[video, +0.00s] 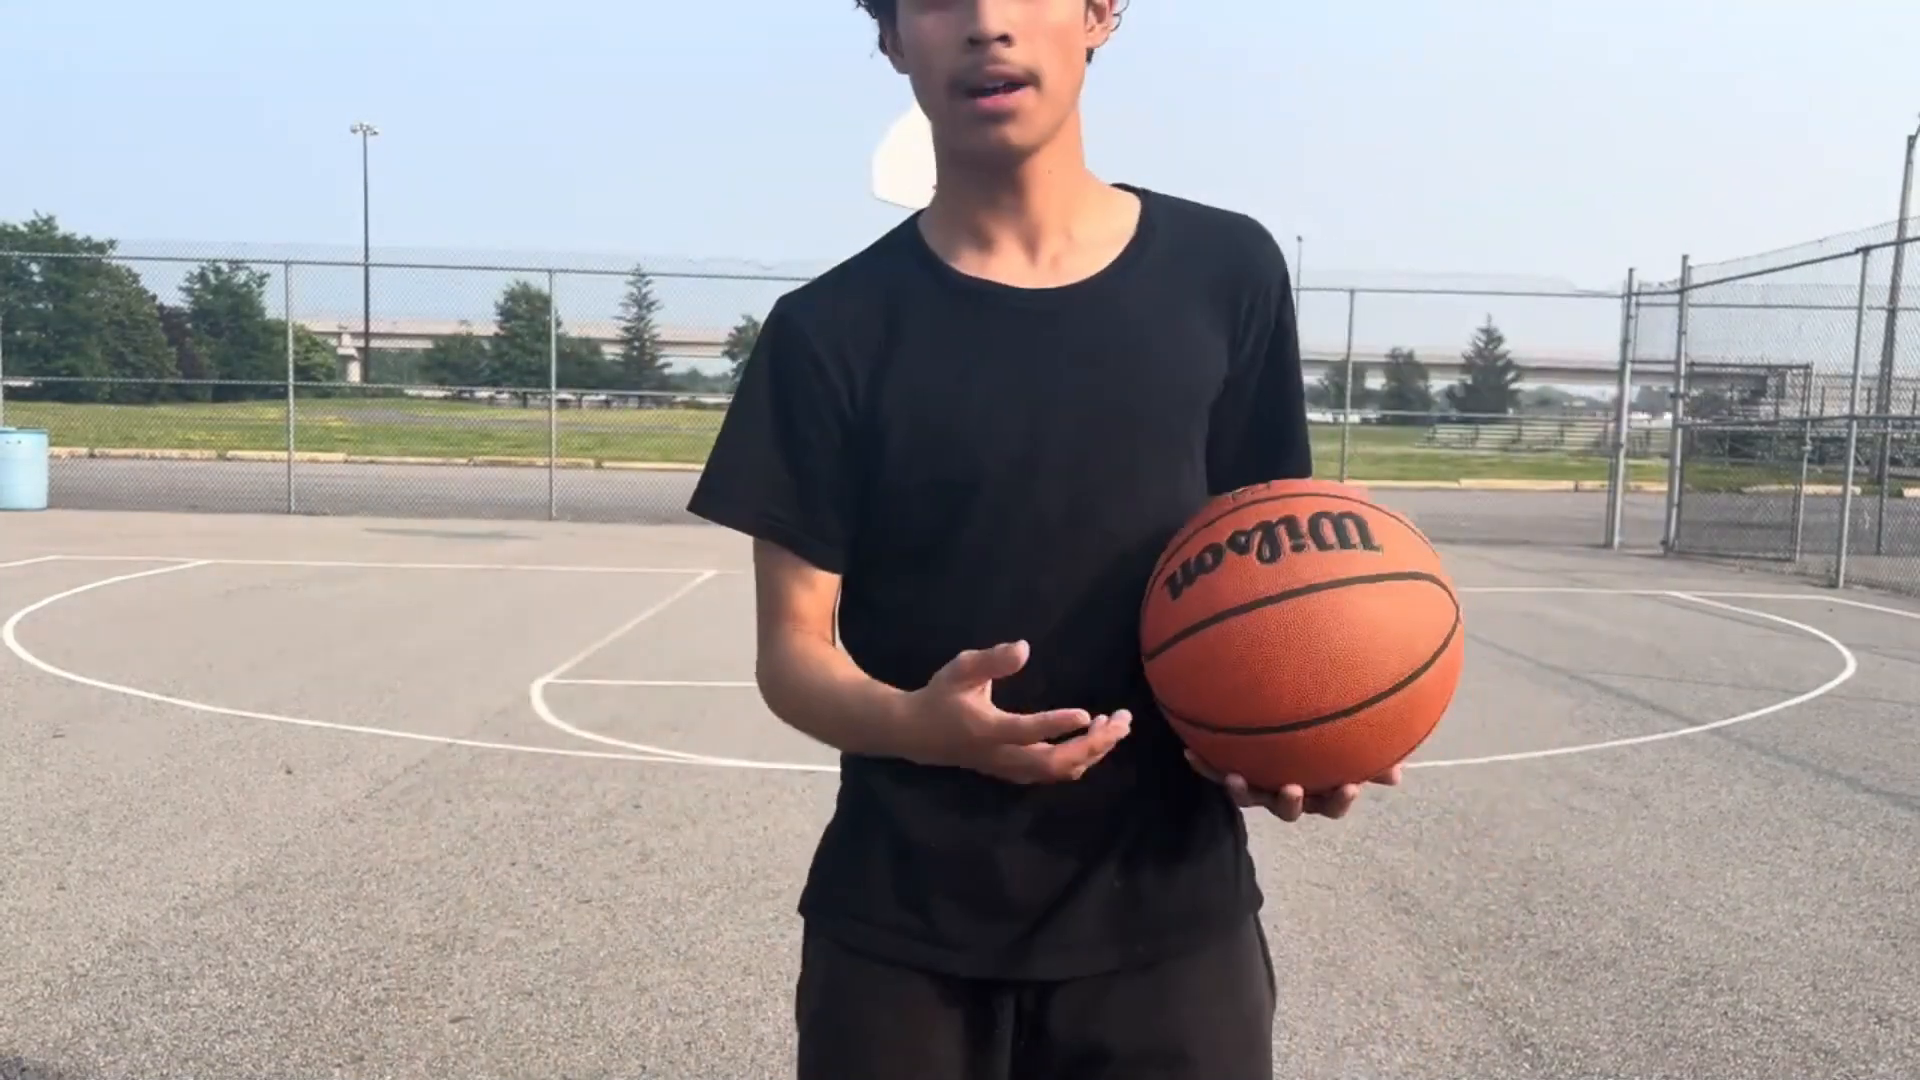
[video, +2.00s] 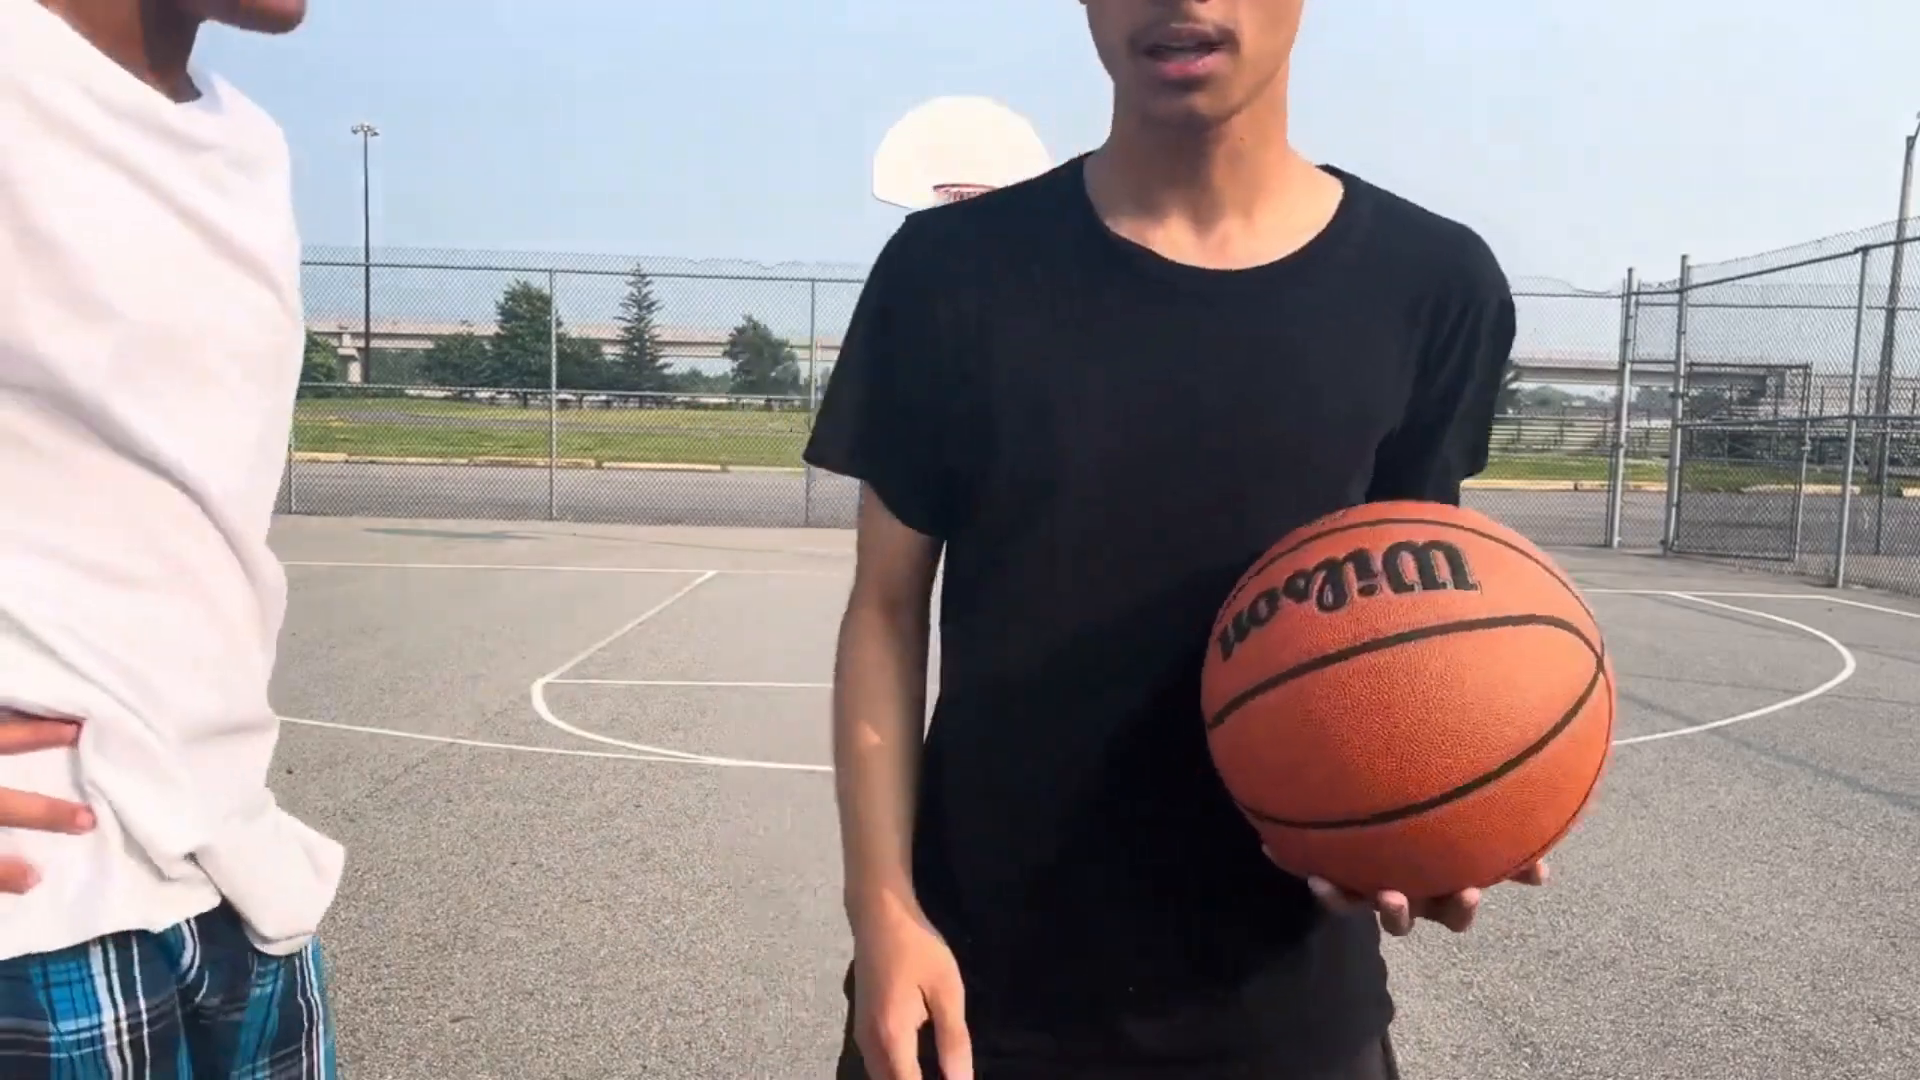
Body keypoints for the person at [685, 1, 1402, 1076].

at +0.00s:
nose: (986, 25)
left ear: (1096, 20)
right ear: (896, 41)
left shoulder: (1228, 273)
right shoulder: (826, 332)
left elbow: (1280, 570)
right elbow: (792, 656)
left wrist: (1301, 729)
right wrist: (914, 723)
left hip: (1169, 924)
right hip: (904, 935)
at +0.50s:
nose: (1102, 79)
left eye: (1138, 34)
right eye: (1062, 48)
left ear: (1210, 54)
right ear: (1029, 84)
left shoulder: (1315, 308)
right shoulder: (956, 321)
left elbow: (1355, 573)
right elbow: (864, 569)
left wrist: (1343, 710)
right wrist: (796, 705)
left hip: (1213, 872)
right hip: (987, 869)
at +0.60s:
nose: (1141, 94)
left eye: (1180, 48)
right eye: (1105, 58)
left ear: (1256, 63)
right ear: (1072, 81)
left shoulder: (1345, 324)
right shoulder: (989, 313)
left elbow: (1357, 581)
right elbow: (851, 540)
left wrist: (1336, 730)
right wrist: (679, 683)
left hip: (1219, 869)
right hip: (997, 866)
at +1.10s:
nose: (1100, 79)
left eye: (1150, 42)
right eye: (1093, 46)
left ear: (1264, 69)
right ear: (1079, 66)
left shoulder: (1356, 345)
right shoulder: (987, 303)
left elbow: (1328, 618)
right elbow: (869, 555)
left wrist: (1294, 771)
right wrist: (710, 755)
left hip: (1204, 901)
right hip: (967, 887)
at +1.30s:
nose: (1058, 36)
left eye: (1102, 2)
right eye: (1022, 3)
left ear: (1174, 35)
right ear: (978, 40)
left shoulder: (1284, 295)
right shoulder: (895, 316)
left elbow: (1312, 577)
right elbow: (886, 608)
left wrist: (1320, 742)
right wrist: (862, 837)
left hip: (1187, 913)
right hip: (935, 906)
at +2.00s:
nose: (1183, 5)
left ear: (1301, 2)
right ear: (1090, 5)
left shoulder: (1434, 283)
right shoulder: (947, 269)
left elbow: (1411, 606)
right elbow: (886, 610)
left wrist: (1421, 808)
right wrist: (882, 909)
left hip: (1287, 988)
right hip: (994, 989)